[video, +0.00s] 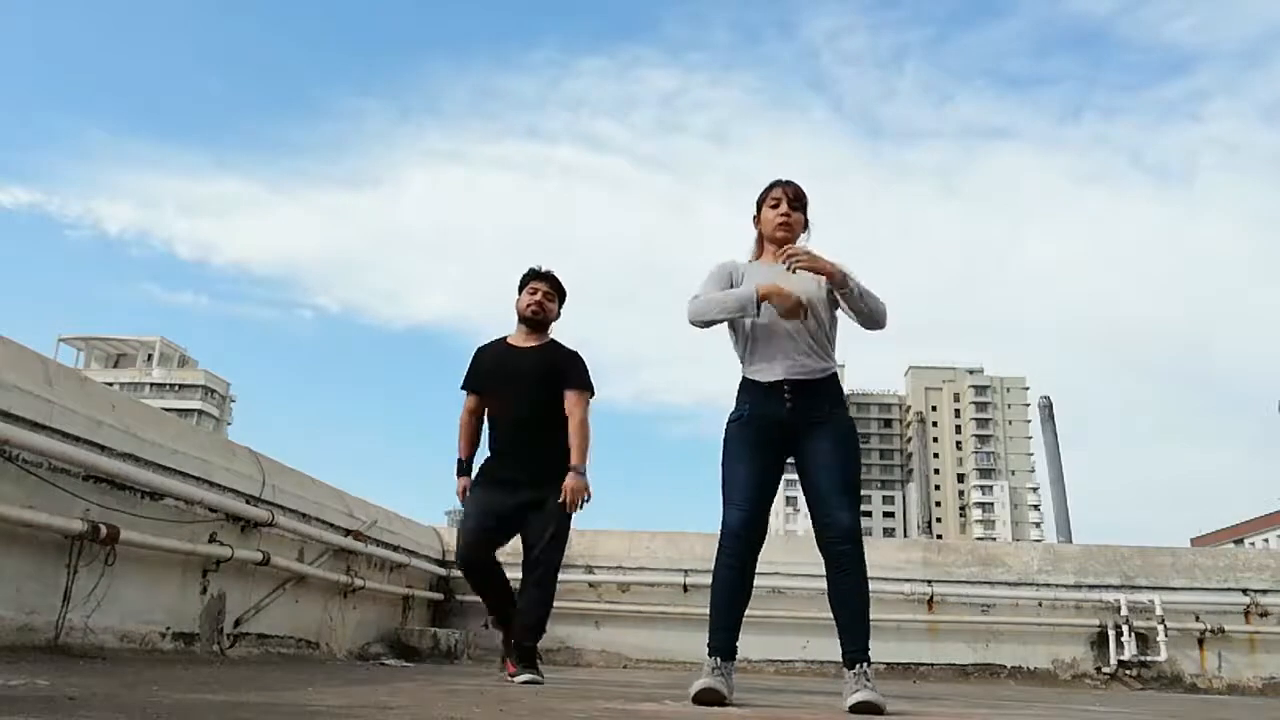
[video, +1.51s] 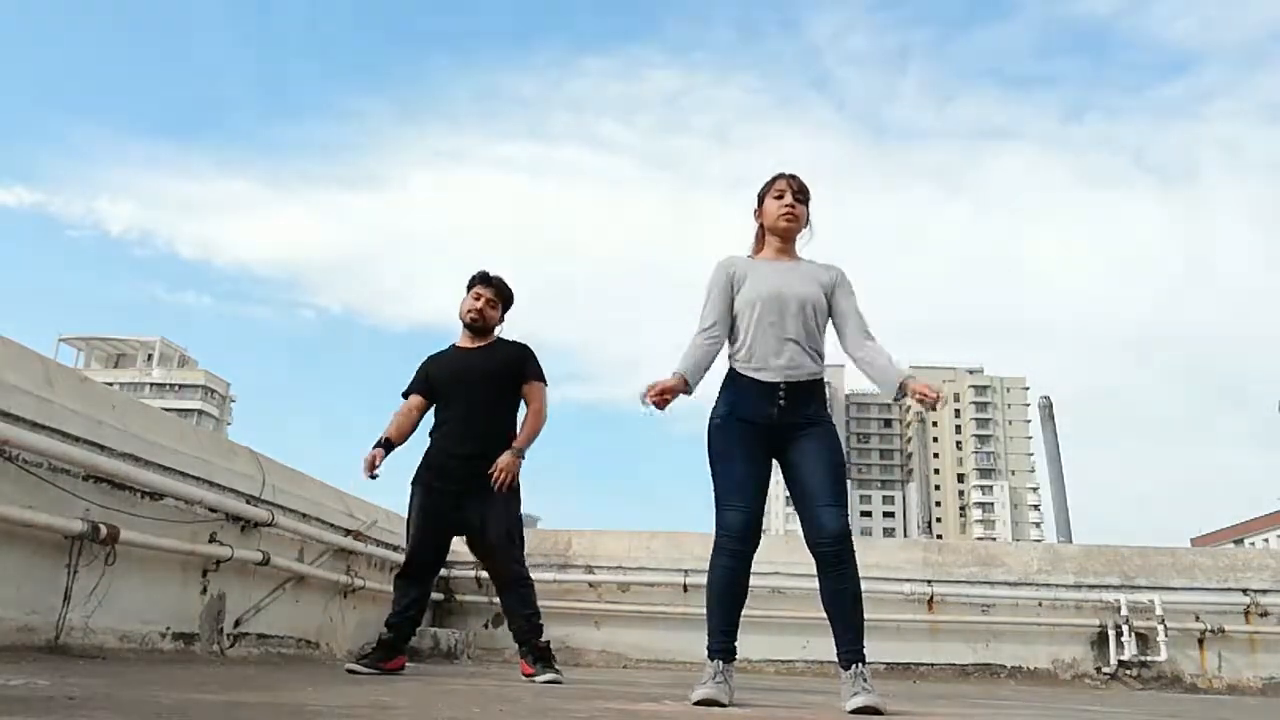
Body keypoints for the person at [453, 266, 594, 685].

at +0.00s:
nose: (538, 299)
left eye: (548, 297)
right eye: (532, 292)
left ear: (557, 312)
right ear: (517, 301)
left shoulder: (569, 361)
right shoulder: (488, 355)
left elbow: (577, 416)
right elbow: (472, 413)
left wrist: (578, 470)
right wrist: (464, 467)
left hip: (551, 481)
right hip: (499, 477)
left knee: (541, 569)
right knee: (471, 553)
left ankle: (524, 653)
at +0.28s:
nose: (520, 299)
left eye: (530, 296)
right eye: (513, 293)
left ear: (538, 310)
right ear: (498, 303)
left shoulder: (545, 366)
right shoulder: (467, 346)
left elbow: (580, 406)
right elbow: (430, 392)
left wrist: (620, 426)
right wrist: (396, 436)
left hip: (525, 481)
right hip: (470, 475)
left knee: (526, 568)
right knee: (445, 564)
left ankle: (524, 657)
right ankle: (416, 649)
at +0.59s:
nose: (502, 297)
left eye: (510, 292)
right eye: (492, 293)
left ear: (523, 304)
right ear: (482, 307)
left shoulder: (546, 360)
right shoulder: (467, 350)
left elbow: (548, 423)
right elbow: (436, 387)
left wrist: (542, 476)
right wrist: (447, 383)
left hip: (517, 481)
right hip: (463, 477)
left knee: (523, 571)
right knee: (439, 564)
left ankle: (535, 654)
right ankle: (413, 649)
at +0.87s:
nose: (503, 299)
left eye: (513, 296)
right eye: (497, 294)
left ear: (527, 310)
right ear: (487, 307)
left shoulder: (548, 357)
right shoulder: (468, 362)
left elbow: (580, 398)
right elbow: (454, 413)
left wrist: (610, 440)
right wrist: (452, 462)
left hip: (520, 485)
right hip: (464, 478)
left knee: (528, 567)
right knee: (421, 552)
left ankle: (535, 653)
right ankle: (397, 643)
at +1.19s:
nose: (487, 300)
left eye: (498, 300)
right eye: (484, 292)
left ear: (507, 318)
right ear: (470, 300)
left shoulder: (517, 360)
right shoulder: (436, 356)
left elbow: (543, 398)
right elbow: (404, 405)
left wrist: (559, 412)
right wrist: (372, 456)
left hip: (503, 484)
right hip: (445, 480)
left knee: (524, 564)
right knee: (421, 566)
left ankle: (537, 652)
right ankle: (392, 649)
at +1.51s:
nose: (480, 305)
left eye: (491, 303)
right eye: (476, 297)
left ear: (501, 317)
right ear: (462, 302)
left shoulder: (516, 355)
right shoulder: (435, 364)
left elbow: (537, 407)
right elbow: (410, 411)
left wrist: (517, 451)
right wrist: (384, 444)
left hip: (493, 479)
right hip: (437, 478)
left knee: (509, 568)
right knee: (417, 563)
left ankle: (535, 654)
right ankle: (392, 647)